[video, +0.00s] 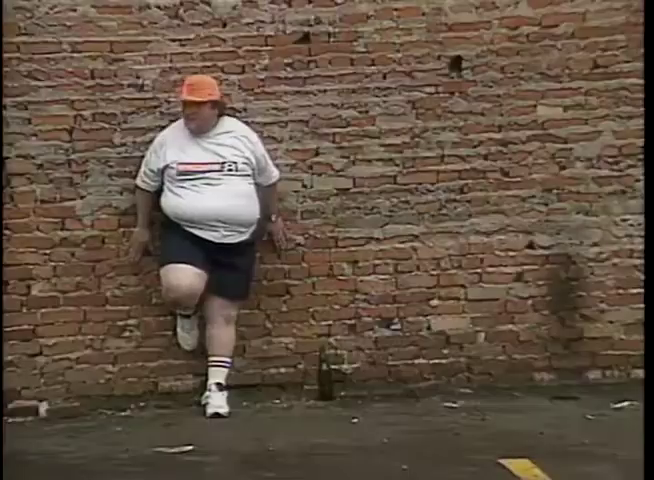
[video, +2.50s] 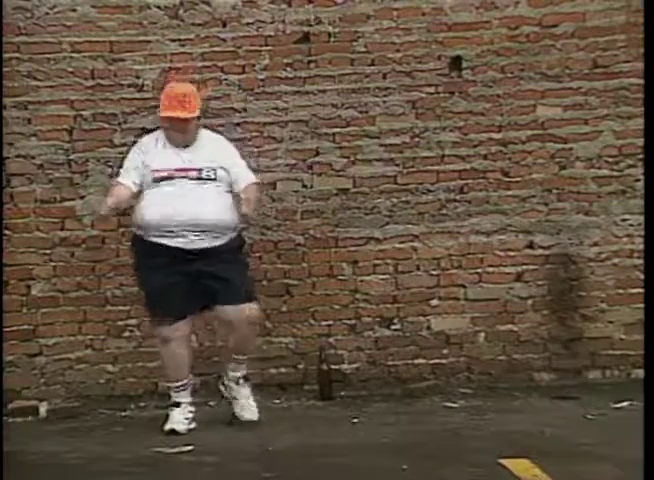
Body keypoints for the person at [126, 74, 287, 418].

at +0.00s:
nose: (189, 111)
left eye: (196, 105)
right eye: (186, 105)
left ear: (216, 106)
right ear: (181, 106)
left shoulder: (243, 137)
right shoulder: (167, 140)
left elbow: (268, 181)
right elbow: (145, 185)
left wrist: (273, 219)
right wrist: (142, 227)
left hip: (235, 238)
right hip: (183, 232)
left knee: (223, 313)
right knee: (183, 288)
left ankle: (216, 386)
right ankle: (187, 316)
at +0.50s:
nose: (182, 114)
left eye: (190, 108)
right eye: (180, 107)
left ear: (211, 108)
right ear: (178, 107)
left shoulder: (242, 138)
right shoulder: (166, 141)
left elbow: (266, 181)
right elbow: (144, 185)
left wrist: (271, 217)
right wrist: (140, 227)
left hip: (233, 239)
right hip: (182, 233)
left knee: (222, 312)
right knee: (180, 288)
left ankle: (216, 385)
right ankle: (187, 315)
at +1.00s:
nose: (224, 121)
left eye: (228, 114)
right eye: (216, 115)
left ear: (234, 113)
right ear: (196, 114)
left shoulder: (245, 146)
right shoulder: (170, 146)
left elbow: (269, 186)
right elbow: (138, 189)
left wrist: (282, 220)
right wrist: (127, 230)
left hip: (234, 250)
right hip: (181, 245)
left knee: (225, 321)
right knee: (183, 318)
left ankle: (217, 388)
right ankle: (190, 339)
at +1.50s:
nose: (198, 107)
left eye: (204, 100)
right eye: (190, 101)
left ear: (215, 97)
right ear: (178, 99)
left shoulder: (235, 126)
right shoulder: (164, 127)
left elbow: (257, 161)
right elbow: (134, 160)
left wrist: (233, 186)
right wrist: (162, 174)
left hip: (226, 236)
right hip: (175, 234)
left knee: (226, 313)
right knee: (184, 312)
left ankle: (219, 386)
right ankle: (190, 390)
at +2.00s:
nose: (195, 105)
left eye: (201, 97)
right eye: (187, 99)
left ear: (215, 100)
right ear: (176, 104)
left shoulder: (237, 133)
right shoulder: (164, 138)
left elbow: (266, 169)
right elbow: (134, 182)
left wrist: (280, 188)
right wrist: (116, 214)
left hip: (235, 244)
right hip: (176, 244)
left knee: (237, 320)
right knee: (180, 318)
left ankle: (237, 396)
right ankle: (189, 388)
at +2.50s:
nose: (179, 127)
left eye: (186, 120)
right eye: (172, 120)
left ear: (197, 117)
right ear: (161, 118)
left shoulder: (218, 146)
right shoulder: (146, 148)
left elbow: (249, 185)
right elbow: (126, 185)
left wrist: (247, 207)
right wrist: (109, 205)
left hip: (220, 248)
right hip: (161, 250)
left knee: (244, 316)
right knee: (170, 329)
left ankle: (236, 381)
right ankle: (181, 405)